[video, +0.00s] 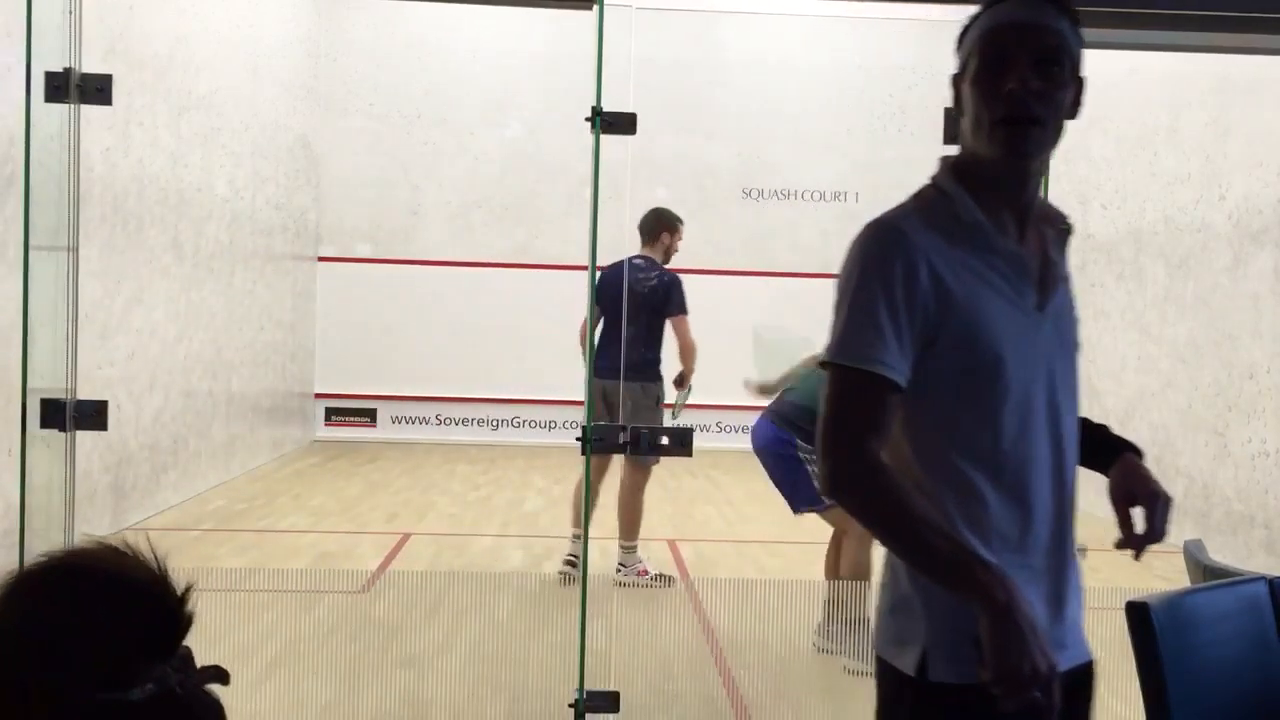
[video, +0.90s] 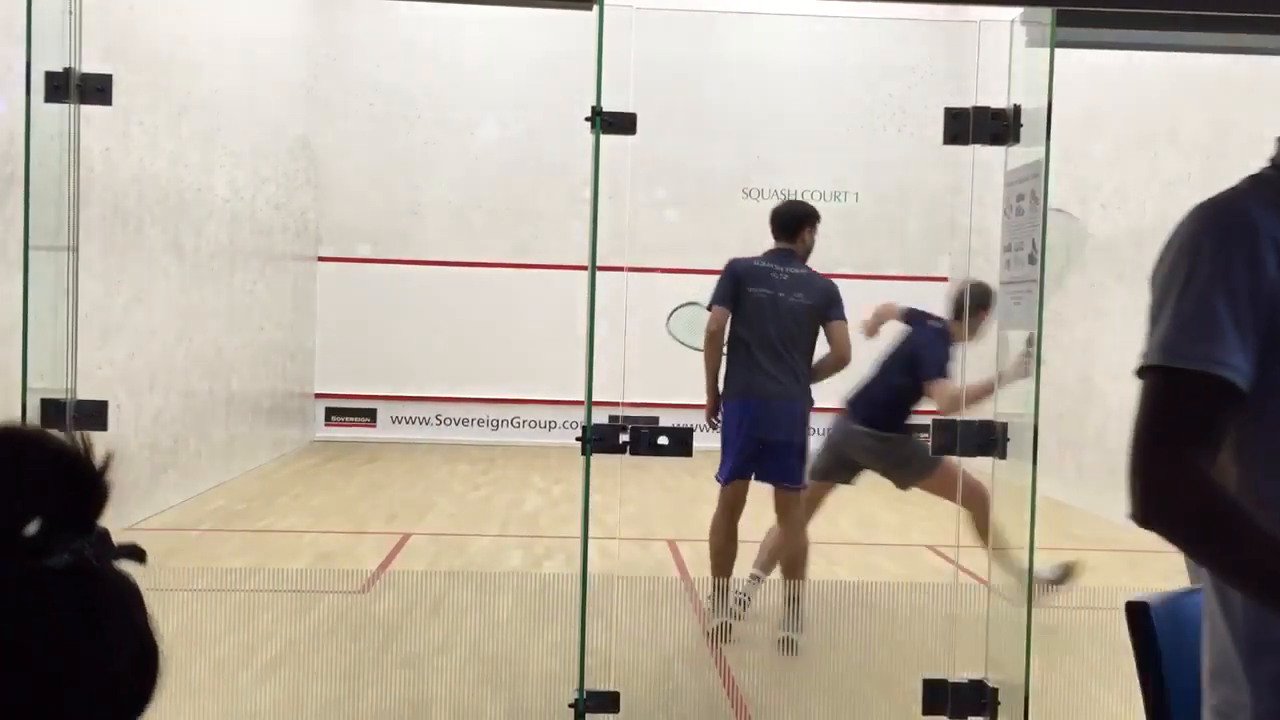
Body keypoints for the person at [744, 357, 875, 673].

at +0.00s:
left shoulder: (838, 357)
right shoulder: (864, 373)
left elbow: (807, 365)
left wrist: (771, 386)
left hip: (772, 431)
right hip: (788, 438)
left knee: (846, 525)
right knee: (859, 525)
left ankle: (834, 625)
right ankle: (855, 637)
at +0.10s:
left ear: (884, 303)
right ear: (910, 321)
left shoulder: (859, 326)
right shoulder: (884, 344)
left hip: (782, 430)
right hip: (802, 438)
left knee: (851, 525)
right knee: (872, 530)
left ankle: (833, 623)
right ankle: (863, 641)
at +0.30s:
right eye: (942, 285)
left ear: (901, 275)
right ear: (936, 285)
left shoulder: (854, 291)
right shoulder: (922, 327)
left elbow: (804, 343)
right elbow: (926, 390)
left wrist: (798, 392)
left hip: (787, 414)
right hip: (831, 425)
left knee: (827, 513)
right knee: (877, 530)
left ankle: (828, 622)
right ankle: (868, 642)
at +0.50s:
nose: (892, 265)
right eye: (894, 259)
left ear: (854, 256)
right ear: (894, 264)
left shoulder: (817, 288)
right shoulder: (901, 320)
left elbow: (776, 346)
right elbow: (883, 364)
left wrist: (763, 403)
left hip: (792, 415)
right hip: (844, 427)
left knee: (788, 503)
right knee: (874, 532)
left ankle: (763, 613)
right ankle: (874, 641)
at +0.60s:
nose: (862, 263)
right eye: (866, 258)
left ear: (828, 256)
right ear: (866, 262)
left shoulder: (793, 294)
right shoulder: (879, 315)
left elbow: (759, 355)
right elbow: (874, 380)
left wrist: (749, 411)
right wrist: (848, 415)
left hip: (782, 423)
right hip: (838, 430)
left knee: (765, 512)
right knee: (869, 531)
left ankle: (732, 615)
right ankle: (873, 641)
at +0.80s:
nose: (913, 299)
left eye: (914, 292)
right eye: (914, 292)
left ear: (881, 283)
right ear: (905, 291)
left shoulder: (845, 308)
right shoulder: (872, 322)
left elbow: (836, 351)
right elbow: (883, 384)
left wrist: (887, 355)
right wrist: (953, 384)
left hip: (798, 420)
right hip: (838, 426)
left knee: (772, 507)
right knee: (923, 480)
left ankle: (745, 588)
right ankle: (879, 559)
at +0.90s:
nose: (987, 327)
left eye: (986, 319)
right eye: (987, 319)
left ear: (956, 306)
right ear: (978, 317)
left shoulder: (925, 322)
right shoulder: (935, 345)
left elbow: (884, 310)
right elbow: (948, 403)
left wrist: (870, 326)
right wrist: (1006, 377)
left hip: (848, 429)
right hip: (886, 440)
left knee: (800, 512)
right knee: (976, 496)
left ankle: (748, 585)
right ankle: (1025, 578)